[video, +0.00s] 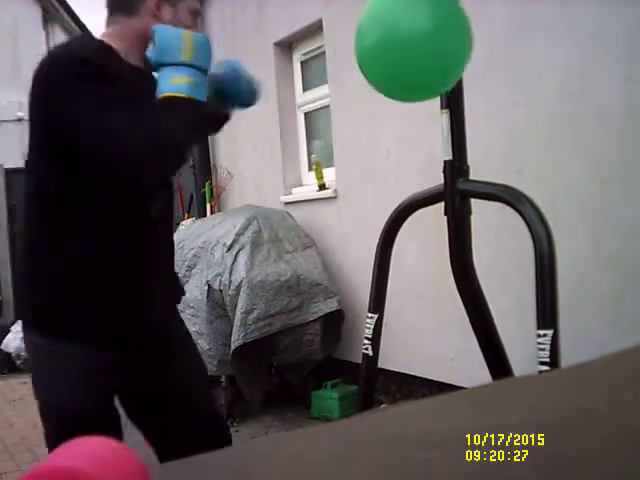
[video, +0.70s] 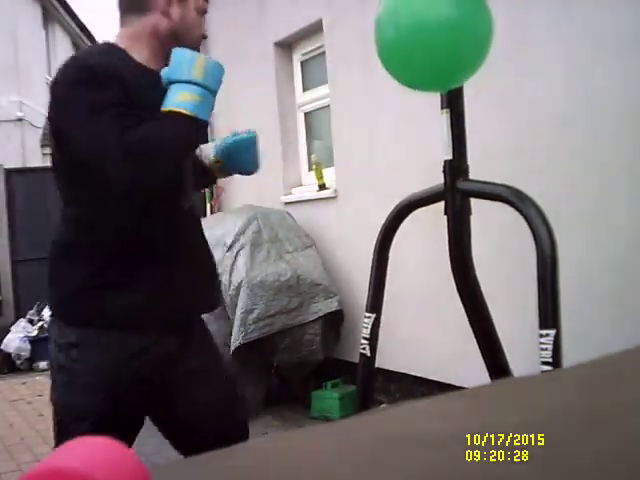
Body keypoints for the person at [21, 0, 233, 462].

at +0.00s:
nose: (197, 31)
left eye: (198, 17)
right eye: (191, 14)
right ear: (157, 9)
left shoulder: (150, 84)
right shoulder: (70, 68)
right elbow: (133, 158)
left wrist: (213, 105)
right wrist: (182, 91)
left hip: (143, 313)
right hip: (68, 321)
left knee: (206, 456)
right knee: (88, 470)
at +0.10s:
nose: (214, 32)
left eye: (214, 19)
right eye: (209, 16)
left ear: (175, 15)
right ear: (170, 11)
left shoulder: (176, 84)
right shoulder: (86, 73)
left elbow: (241, 120)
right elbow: (160, 159)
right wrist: (192, 76)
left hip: (167, 313)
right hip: (96, 322)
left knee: (231, 451)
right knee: (116, 469)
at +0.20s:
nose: (232, 27)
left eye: (230, 12)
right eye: (224, 10)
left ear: (187, 12)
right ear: (188, 9)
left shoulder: (182, 85)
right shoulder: (119, 76)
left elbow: (184, 194)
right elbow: (179, 175)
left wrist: (226, 233)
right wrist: (220, 92)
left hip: (191, 317)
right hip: (126, 324)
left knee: (250, 446)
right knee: (113, 468)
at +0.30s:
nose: (255, 17)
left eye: (252, 4)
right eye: (247, 3)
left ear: (207, 10)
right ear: (211, 7)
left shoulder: (199, 78)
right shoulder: (143, 69)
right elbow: (180, 178)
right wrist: (237, 105)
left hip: (203, 316)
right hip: (136, 320)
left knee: (254, 456)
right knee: (106, 469)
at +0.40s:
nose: (260, 13)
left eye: (257, 3)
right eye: (253, 2)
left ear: (214, 9)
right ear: (217, 7)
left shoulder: (215, 73)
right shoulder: (133, 63)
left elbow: (216, 125)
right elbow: (155, 165)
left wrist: (278, 105)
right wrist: (223, 101)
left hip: (205, 302)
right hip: (131, 305)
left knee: (249, 456)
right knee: (92, 463)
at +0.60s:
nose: (230, 17)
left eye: (229, 5)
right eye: (225, 4)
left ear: (190, 6)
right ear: (191, 3)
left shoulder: (188, 76)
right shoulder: (110, 67)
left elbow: (207, 145)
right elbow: (145, 162)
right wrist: (203, 89)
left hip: (194, 307)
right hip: (122, 311)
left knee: (238, 458)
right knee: (88, 466)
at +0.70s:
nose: (205, 31)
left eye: (205, 14)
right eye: (201, 12)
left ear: (166, 12)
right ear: (167, 9)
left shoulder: (163, 86)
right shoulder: (86, 77)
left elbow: (158, 188)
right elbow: (127, 179)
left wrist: (211, 166)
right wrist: (188, 103)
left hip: (171, 322)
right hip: (100, 330)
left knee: (229, 456)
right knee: (85, 473)